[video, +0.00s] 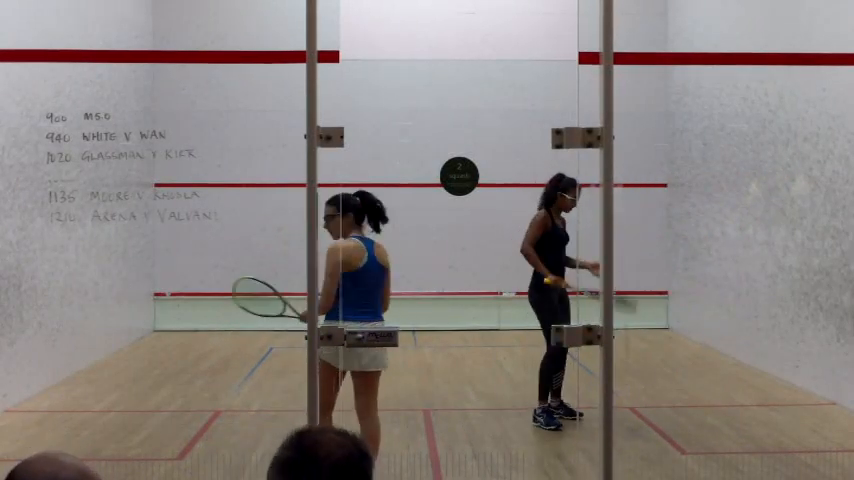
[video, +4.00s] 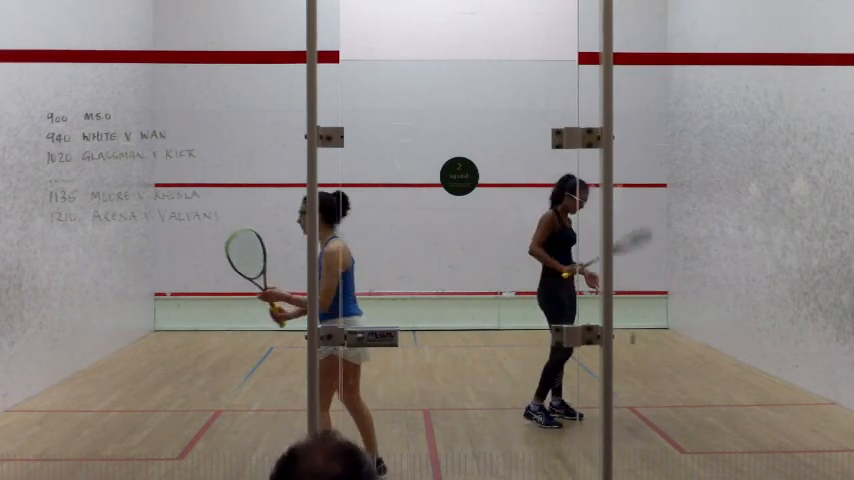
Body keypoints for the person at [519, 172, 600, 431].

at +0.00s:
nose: (575, 203)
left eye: (575, 198)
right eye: (572, 198)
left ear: (562, 197)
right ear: (559, 195)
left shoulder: (560, 221)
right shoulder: (542, 218)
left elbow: (558, 257)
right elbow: (526, 249)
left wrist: (584, 264)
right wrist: (548, 275)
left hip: (557, 290)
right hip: (542, 291)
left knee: (562, 346)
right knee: (555, 347)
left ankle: (556, 402)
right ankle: (541, 409)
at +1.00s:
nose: (572, 202)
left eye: (573, 197)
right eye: (570, 197)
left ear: (558, 195)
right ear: (557, 194)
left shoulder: (553, 218)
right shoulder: (542, 217)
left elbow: (551, 255)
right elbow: (541, 250)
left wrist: (572, 273)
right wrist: (569, 272)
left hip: (553, 290)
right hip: (539, 291)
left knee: (560, 344)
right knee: (539, 346)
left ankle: (555, 402)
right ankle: (517, 404)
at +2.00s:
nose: (536, 194)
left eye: (541, 191)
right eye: (532, 190)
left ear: (546, 195)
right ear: (523, 193)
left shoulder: (547, 222)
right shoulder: (510, 222)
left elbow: (551, 257)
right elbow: (490, 255)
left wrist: (564, 265)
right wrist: (500, 283)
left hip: (538, 292)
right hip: (515, 292)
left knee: (553, 346)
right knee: (519, 349)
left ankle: (554, 402)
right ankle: (514, 408)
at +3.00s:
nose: (550, 191)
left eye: (554, 187)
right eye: (545, 187)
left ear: (559, 193)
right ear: (537, 192)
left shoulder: (556, 219)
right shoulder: (529, 220)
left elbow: (552, 254)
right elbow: (514, 255)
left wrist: (575, 257)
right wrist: (538, 275)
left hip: (557, 289)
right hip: (537, 291)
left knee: (556, 346)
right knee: (532, 347)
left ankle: (556, 402)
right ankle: (515, 407)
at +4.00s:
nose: (581, 205)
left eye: (583, 201)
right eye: (580, 200)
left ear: (571, 198)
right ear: (566, 196)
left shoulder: (565, 220)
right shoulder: (549, 218)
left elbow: (563, 257)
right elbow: (534, 249)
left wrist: (585, 273)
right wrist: (560, 268)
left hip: (565, 290)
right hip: (552, 291)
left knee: (562, 347)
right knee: (564, 348)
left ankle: (557, 401)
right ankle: (536, 404)